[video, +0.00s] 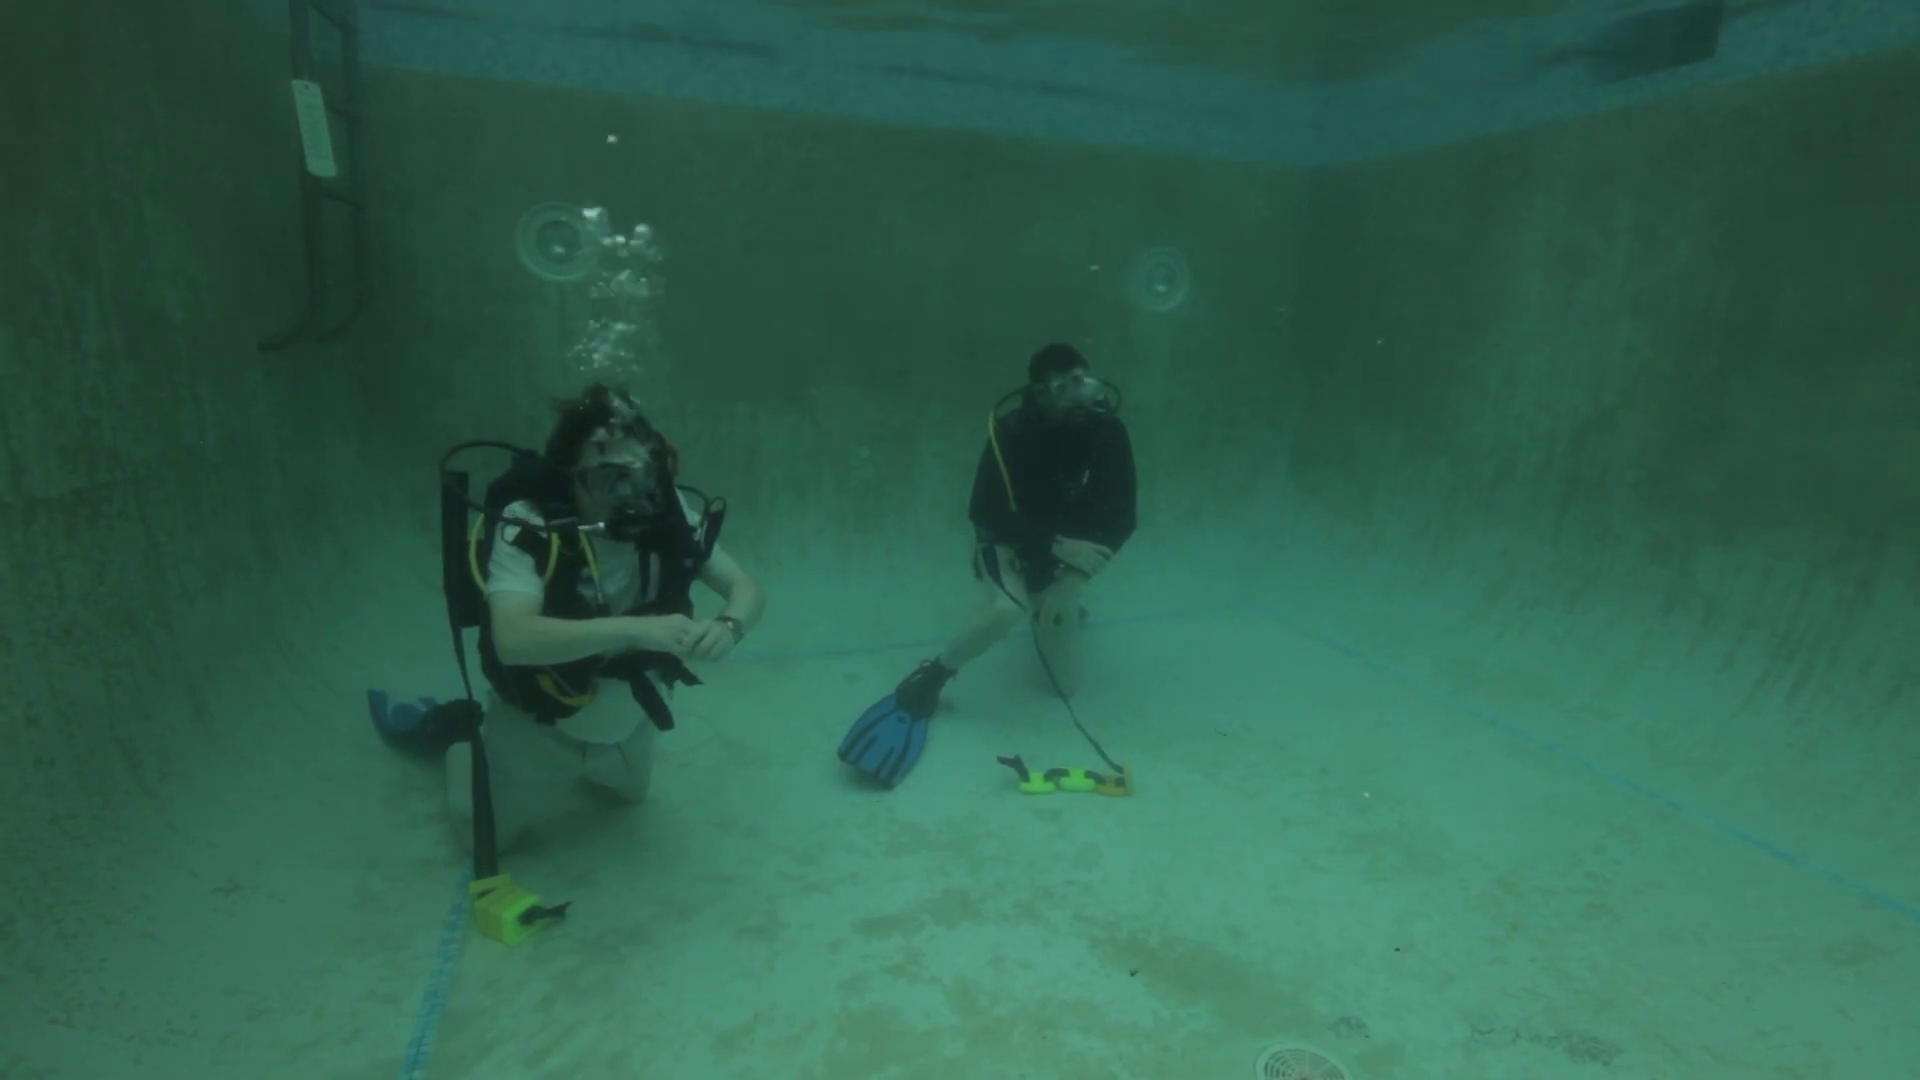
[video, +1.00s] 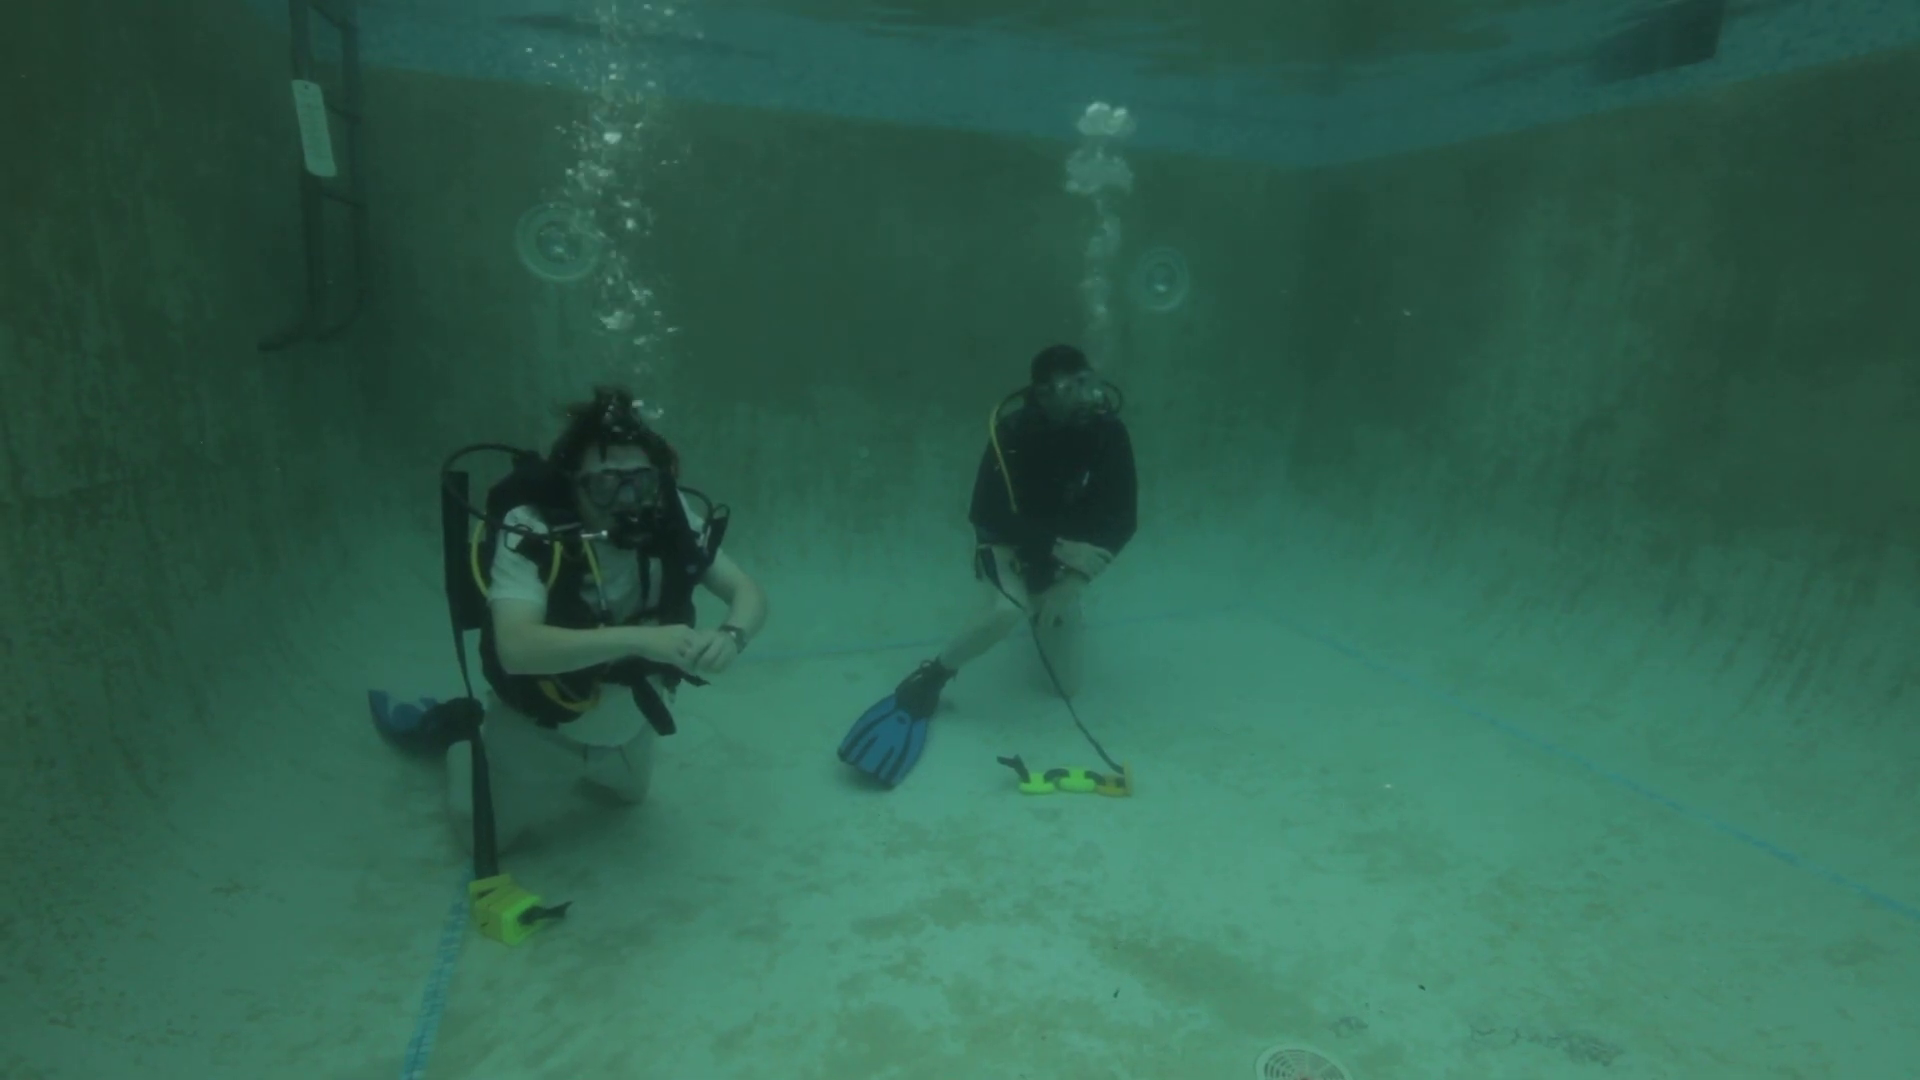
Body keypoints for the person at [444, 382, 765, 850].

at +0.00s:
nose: (622, 492)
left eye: (633, 475)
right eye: (604, 477)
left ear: (656, 471)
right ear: (573, 478)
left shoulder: (668, 515)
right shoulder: (527, 522)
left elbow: (745, 588)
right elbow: (512, 638)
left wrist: (729, 626)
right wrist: (638, 631)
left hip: (626, 706)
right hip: (538, 713)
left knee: (628, 786)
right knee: (486, 835)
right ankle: (461, 729)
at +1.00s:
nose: (625, 498)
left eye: (637, 482)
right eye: (607, 483)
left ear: (658, 478)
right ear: (574, 481)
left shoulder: (671, 519)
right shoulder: (530, 527)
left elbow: (747, 592)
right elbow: (516, 649)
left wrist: (732, 634)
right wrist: (644, 641)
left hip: (627, 710)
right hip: (538, 718)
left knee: (628, 787)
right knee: (485, 836)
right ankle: (460, 727)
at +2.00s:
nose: (630, 492)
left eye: (642, 476)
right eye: (610, 477)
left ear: (661, 478)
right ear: (575, 481)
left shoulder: (672, 521)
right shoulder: (531, 530)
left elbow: (749, 596)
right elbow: (516, 652)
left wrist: (733, 639)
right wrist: (646, 645)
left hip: (628, 713)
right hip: (538, 720)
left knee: (628, 787)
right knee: (484, 835)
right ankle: (462, 729)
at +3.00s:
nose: (632, 494)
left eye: (643, 478)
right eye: (612, 480)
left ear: (661, 476)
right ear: (577, 482)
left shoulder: (671, 518)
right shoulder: (531, 527)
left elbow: (748, 593)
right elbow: (517, 649)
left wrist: (733, 636)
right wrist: (647, 643)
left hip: (626, 708)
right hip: (538, 715)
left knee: (628, 785)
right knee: (486, 836)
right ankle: (462, 728)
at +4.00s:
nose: (650, 508)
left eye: (656, 489)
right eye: (630, 498)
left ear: (665, 474)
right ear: (582, 496)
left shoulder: (666, 515)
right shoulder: (525, 526)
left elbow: (743, 588)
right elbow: (511, 643)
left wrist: (728, 631)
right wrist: (641, 637)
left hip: (627, 708)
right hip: (538, 718)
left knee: (628, 787)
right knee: (491, 837)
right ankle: (465, 730)